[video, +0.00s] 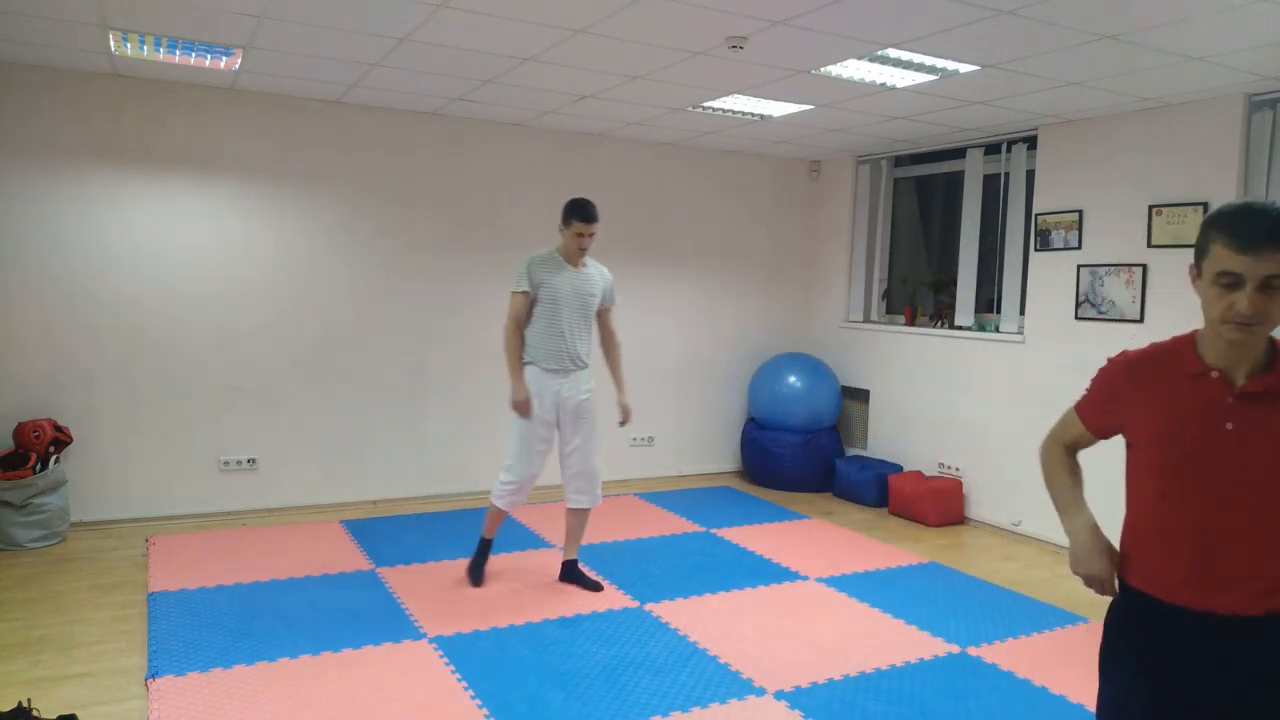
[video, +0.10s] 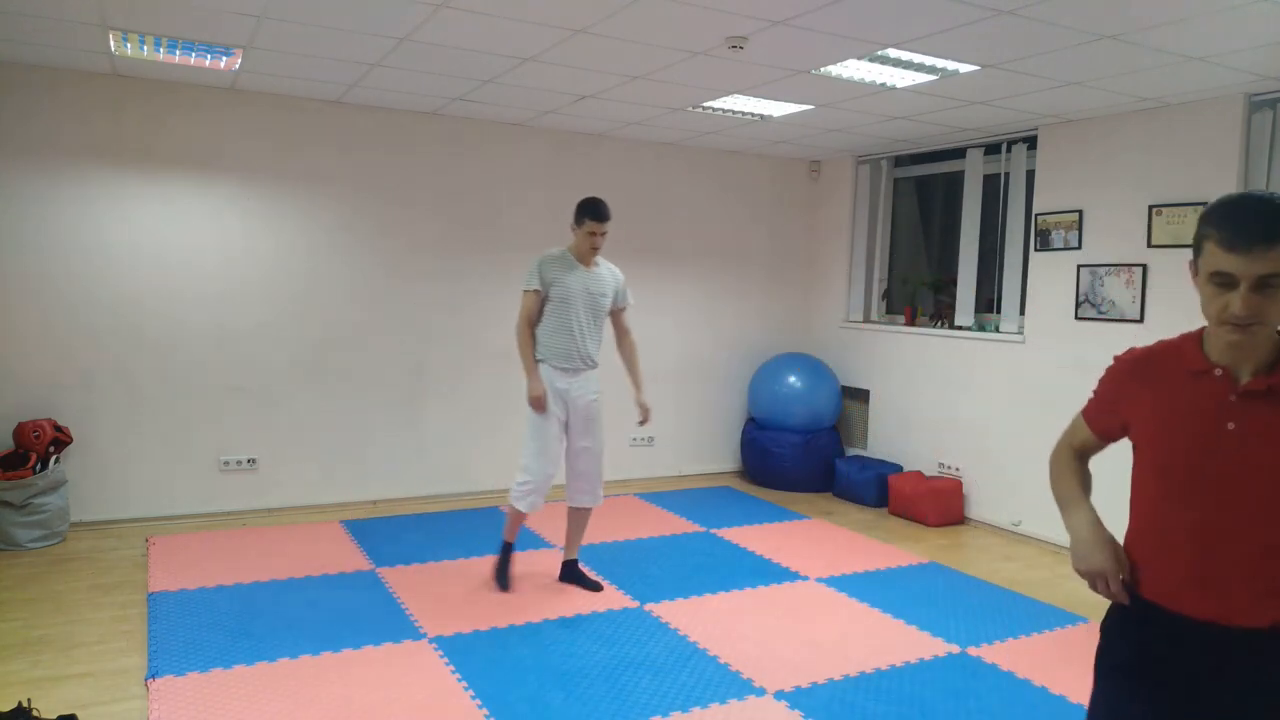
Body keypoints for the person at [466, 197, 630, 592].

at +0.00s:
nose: (586, 242)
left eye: (591, 235)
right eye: (579, 234)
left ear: (596, 234)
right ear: (562, 230)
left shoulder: (600, 277)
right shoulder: (535, 266)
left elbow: (608, 337)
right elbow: (515, 324)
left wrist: (621, 392)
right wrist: (516, 383)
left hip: (579, 382)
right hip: (538, 381)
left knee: (583, 473)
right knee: (522, 471)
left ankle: (570, 564)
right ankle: (483, 549)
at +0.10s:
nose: (598, 241)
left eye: (603, 234)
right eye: (591, 233)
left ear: (608, 233)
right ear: (574, 229)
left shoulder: (612, 277)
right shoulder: (547, 266)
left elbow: (624, 337)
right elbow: (525, 324)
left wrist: (639, 392)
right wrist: (532, 378)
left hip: (586, 382)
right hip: (548, 379)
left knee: (586, 472)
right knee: (539, 471)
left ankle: (570, 563)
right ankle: (505, 554)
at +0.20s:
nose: (609, 241)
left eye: (615, 234)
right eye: (603, 233)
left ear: (619, 234)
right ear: (586, 229)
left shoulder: (621, 278)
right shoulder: (560, 266)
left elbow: (634, 336)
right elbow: (535, 324)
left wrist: (652, 390)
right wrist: (544, 378)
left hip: (595, 383)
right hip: (557, 381)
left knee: (590, 474)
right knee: (555, 474)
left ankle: (570, 564)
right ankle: (539, 564)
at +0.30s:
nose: (620, 242)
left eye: (625, 235)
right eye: (614, 234)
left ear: (630, 235)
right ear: (596, 230)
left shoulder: (629, 279)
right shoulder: (570, 267)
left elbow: (641, 337)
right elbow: (545, 325)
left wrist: (659, 387)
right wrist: (553, 381)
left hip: (605, 383)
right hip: (568, 381)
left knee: (595, 472)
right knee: (573, 470)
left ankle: (573, 559)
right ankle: (574, 563)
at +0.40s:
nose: (630, 243)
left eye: (636, 237)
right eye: (624, 235)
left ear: (640, 238)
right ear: (606, 231)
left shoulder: (637, 282)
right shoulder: (579, 271)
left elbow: (644, 342)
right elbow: (555, 330)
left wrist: (659, 389)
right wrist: (561, 389)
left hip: (615, 387)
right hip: (578, 384)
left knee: (597, 477)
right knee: (591, 478)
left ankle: (570, 562)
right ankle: (615, 576)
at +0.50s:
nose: (642, 244)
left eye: (647, 238)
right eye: (636, 237)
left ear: (649, 237)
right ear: (616, 232)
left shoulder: (646, 282)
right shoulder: (589, 273)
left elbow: (647, 343)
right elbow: (567, 335)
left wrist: (654, 396)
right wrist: (570, 396)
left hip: (630, 387)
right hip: (594, 386)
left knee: (602, 477)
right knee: (609, 478)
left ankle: (572, 561)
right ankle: (635, 579)